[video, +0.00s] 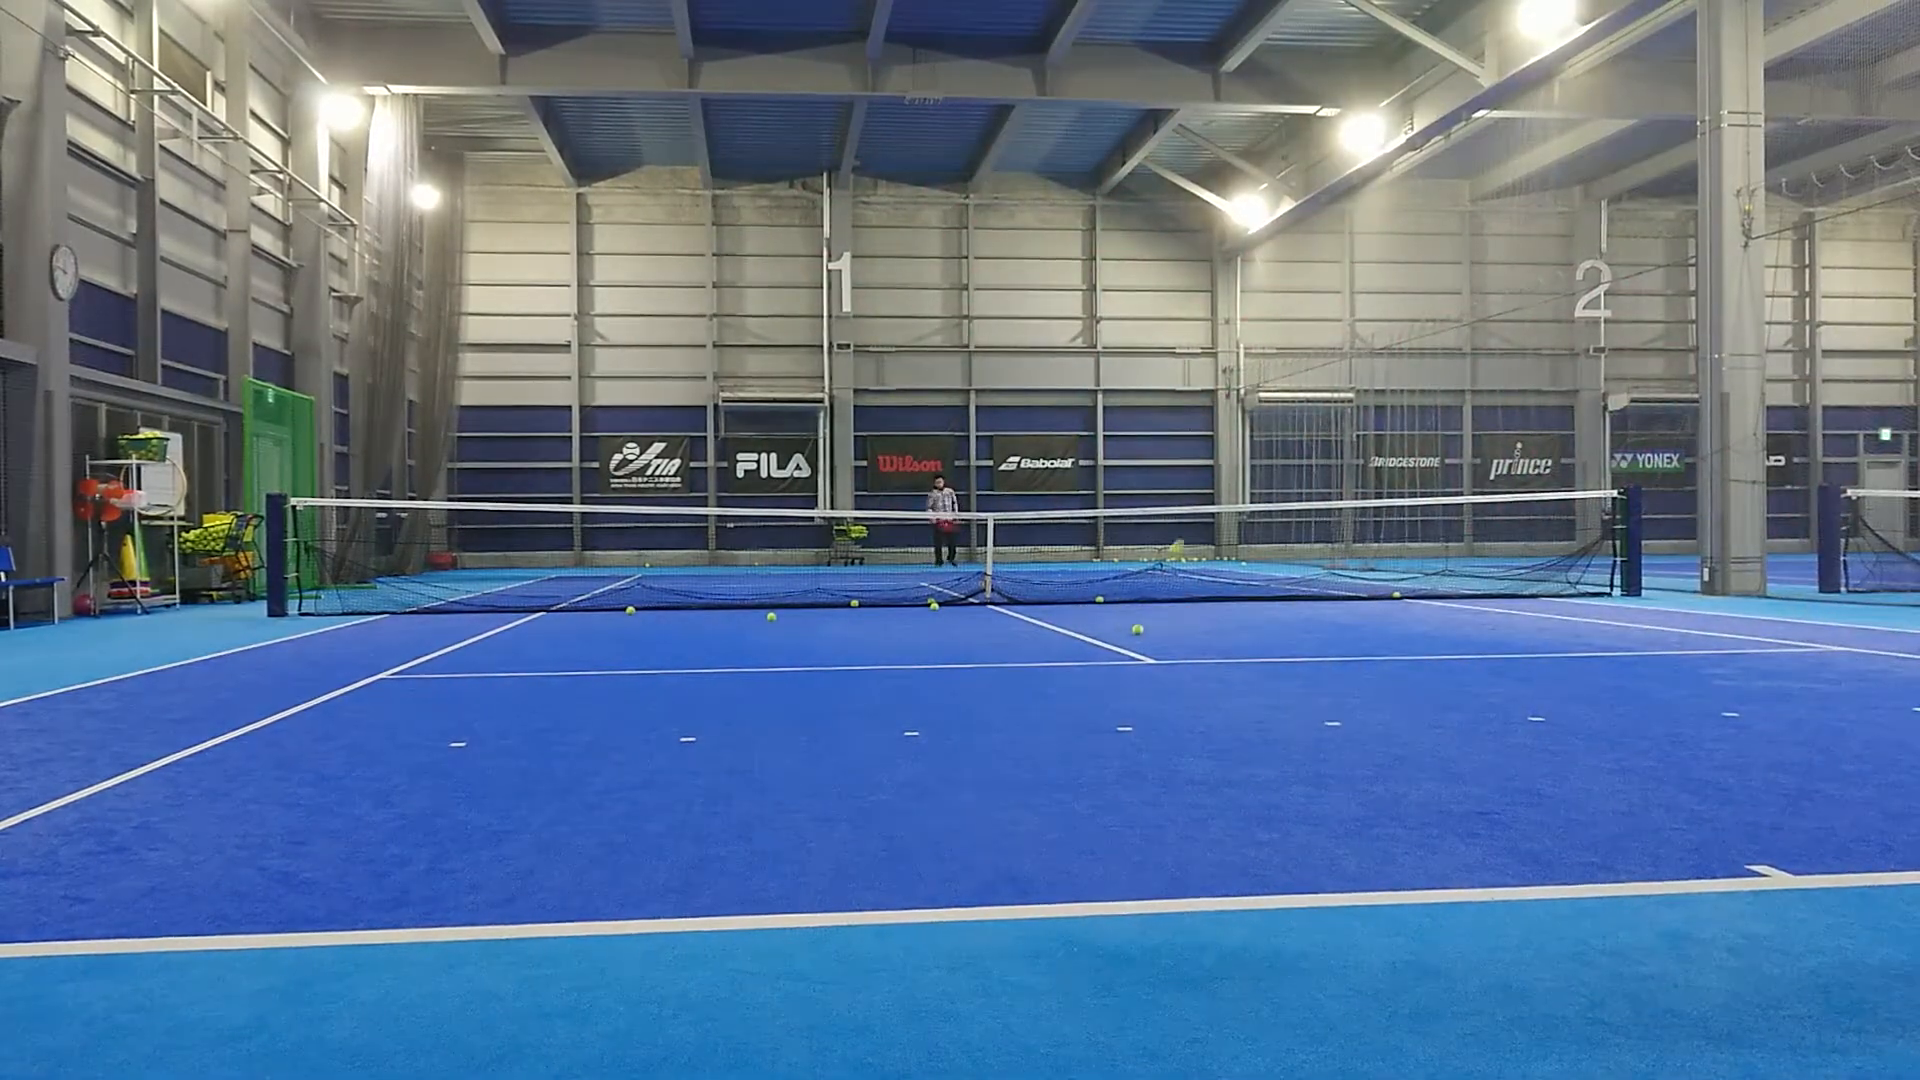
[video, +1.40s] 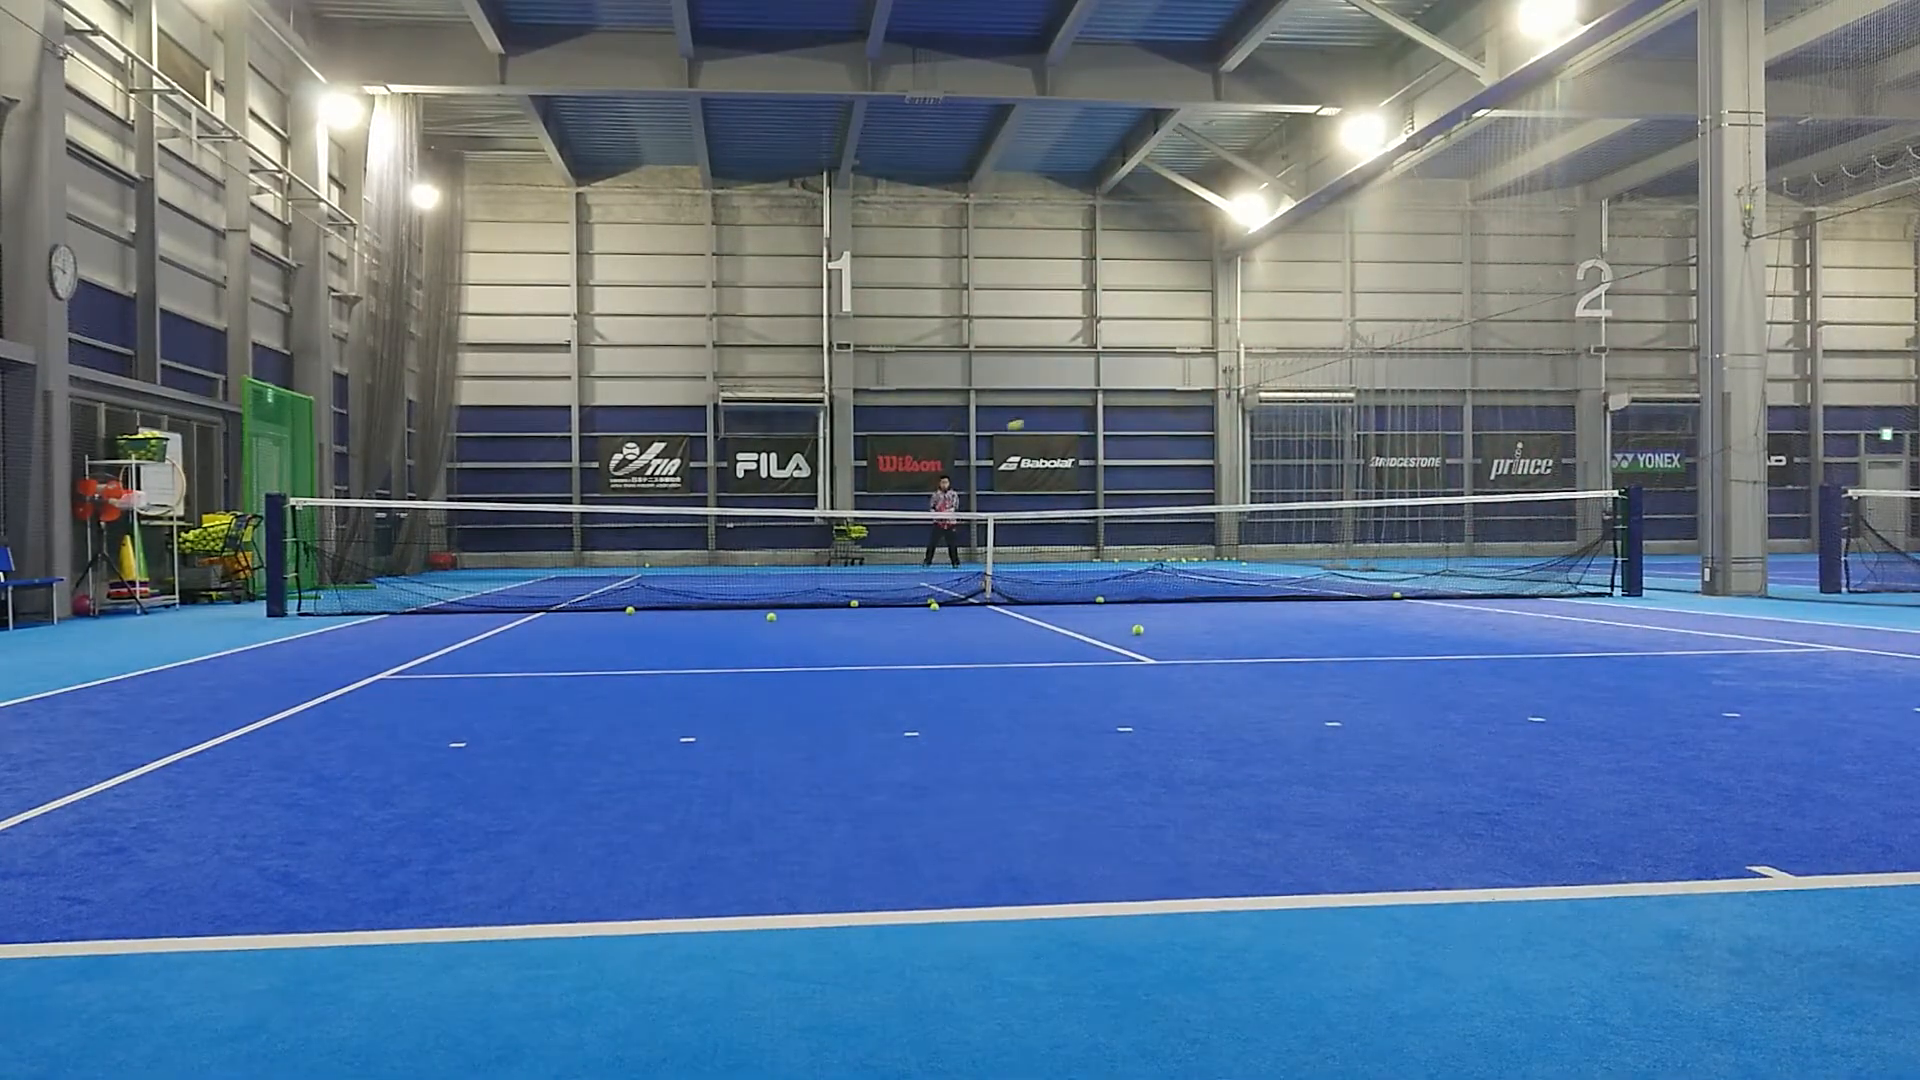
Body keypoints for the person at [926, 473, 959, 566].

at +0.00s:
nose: (939, 484)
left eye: (941, 482)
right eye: (937, 482)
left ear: (944, 482)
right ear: (934, 483)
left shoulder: (950, 492)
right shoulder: (932, 494)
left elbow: (955, 504)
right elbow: (929, 508)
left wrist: (956, 515)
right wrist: (932, 517)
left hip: (950, 519)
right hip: (938, 520)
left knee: (952, 541)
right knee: (938, 542)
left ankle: (951, 558)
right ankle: (939, 560)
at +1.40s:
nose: (944, 485)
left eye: (946, 482)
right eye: (942, 482)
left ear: (949, 484)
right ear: (939, 484)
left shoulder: (953, 494)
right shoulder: (936, 495)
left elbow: (955, 507)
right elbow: (931, 508)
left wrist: (946, 513)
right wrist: (937, 516)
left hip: (950, 523)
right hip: (938, 523)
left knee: (952, 545)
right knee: (932, 544)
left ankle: (955, 563)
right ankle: (927, 562)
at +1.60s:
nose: (931, 490)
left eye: (933, 488)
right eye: (930, 488)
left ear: (937, 489)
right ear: (928, 490)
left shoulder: (942, 500)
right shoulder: (926, 500)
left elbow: (942, 513)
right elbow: (923, 512)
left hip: (942, 527)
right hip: (930, 527)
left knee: (947, 547)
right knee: (923, 545)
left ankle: (954, 563)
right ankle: (920, 562)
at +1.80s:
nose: (913, 491)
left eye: (915, 489)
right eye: (911, 489)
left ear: (919, 489)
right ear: (909, 491)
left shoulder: (923, 498)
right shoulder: (910, 501)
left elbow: (922, 509)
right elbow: (907, 512)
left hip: (926, 526)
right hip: (916, 526)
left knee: (925, 547)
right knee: (914, 546)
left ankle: (939, 554)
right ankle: (920, 562)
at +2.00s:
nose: (897, 492)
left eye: (899, 489)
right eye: (895, 490)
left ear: (903, 489)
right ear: (894, 491)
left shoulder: (908, 499)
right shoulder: (896, 500)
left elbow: (912, 511)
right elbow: (893, 509)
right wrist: (882, 510)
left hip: (908, 524)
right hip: (901, 524)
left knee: (901, 546)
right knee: (900, 546)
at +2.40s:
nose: (863, 500)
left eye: (865, 498)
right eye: (862, 499)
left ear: (869, 497)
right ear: (860, 500)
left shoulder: (877, 506)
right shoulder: (865, 510)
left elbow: (880, 520)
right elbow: (866, 523)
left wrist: (876, 529)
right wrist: (866, 530)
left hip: (879, 532)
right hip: (870, 532)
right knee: (876, 551)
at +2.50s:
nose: (859, 500)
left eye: (860, 498)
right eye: (857, 499)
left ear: (865, 497)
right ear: (856, 500)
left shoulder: (873, 504)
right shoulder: (860, 509)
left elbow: (883, 499)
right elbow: (860, 521)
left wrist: (871, 502)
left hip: (877, 531)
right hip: (866, 532)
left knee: (873, 546)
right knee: (857, 544)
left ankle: (878, 562)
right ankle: (858, 565)